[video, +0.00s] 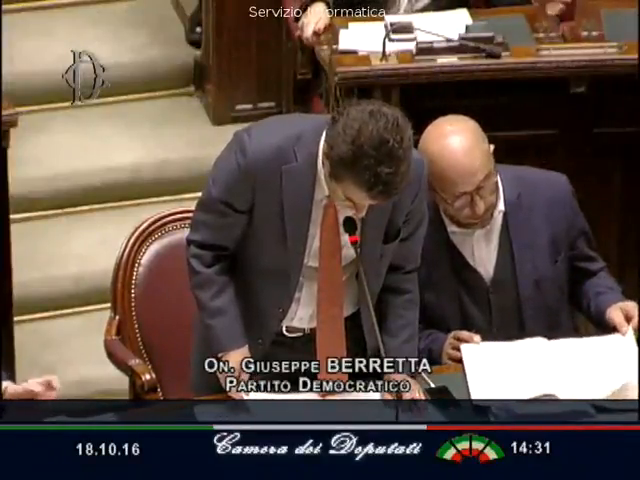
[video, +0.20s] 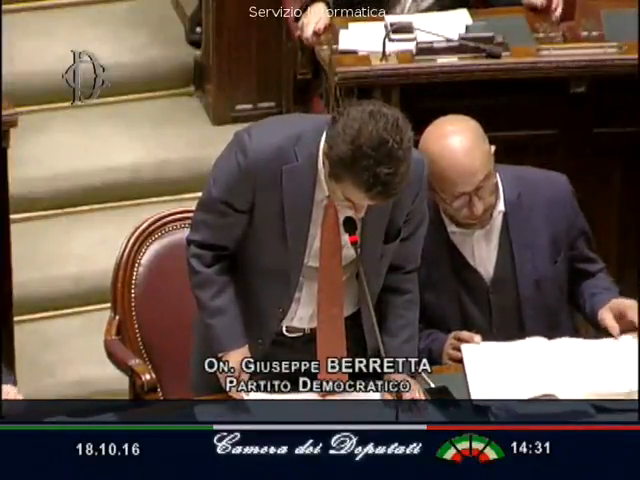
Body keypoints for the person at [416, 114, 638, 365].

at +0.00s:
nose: (477, 206)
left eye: (484, 187)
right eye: (458, 197)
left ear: (492, 154)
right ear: (429, 186)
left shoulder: (551, 193)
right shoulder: (407, 221)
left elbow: (586, 271)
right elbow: (391, 323)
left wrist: (610, 304)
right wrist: (439, 345)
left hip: (557, 377)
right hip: (457, 388)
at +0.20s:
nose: (476, 207)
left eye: (483, 188)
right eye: (458, 197)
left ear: (492, 154)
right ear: (430, 185)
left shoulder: (551, 193)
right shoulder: (408, 220)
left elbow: (585, 271)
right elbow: (392, 324)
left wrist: (606, 304)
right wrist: (439, 346)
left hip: (556, 378)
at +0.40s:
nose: (475, 208)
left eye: (482, 189)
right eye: (457, 198)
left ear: (494, 158)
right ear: (430, 184)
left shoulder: (553, 194)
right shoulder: (409, 219)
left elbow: (595, 278)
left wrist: (568, 304)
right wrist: (440, 345)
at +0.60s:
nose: (471, 209)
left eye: (479, 190)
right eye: (454, 198)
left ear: (492, 158)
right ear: (428, 184)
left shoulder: (552, 196)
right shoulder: (408, 220)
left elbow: (594, 283)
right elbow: (390, 320)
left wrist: (555, 312)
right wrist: (438, 344)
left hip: (547, 373)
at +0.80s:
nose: (471, 210)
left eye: (479, 190)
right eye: (453, 199)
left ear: (491, 159)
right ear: (427, 185)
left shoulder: (551, 196)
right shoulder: (409, 219)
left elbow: (593, 285)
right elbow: (393, 318)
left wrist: (553, 316)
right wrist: (439, 345)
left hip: (547, 371)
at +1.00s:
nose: (471, 210)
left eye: (479, 191)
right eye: (453, 199)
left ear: (491, 159)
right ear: (428, 185)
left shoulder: (551, 196)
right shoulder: (409, 220)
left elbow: (593, 286)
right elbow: (398, 323)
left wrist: (556, 316)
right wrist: (440, 346)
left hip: (547, 371)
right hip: (456, 378)